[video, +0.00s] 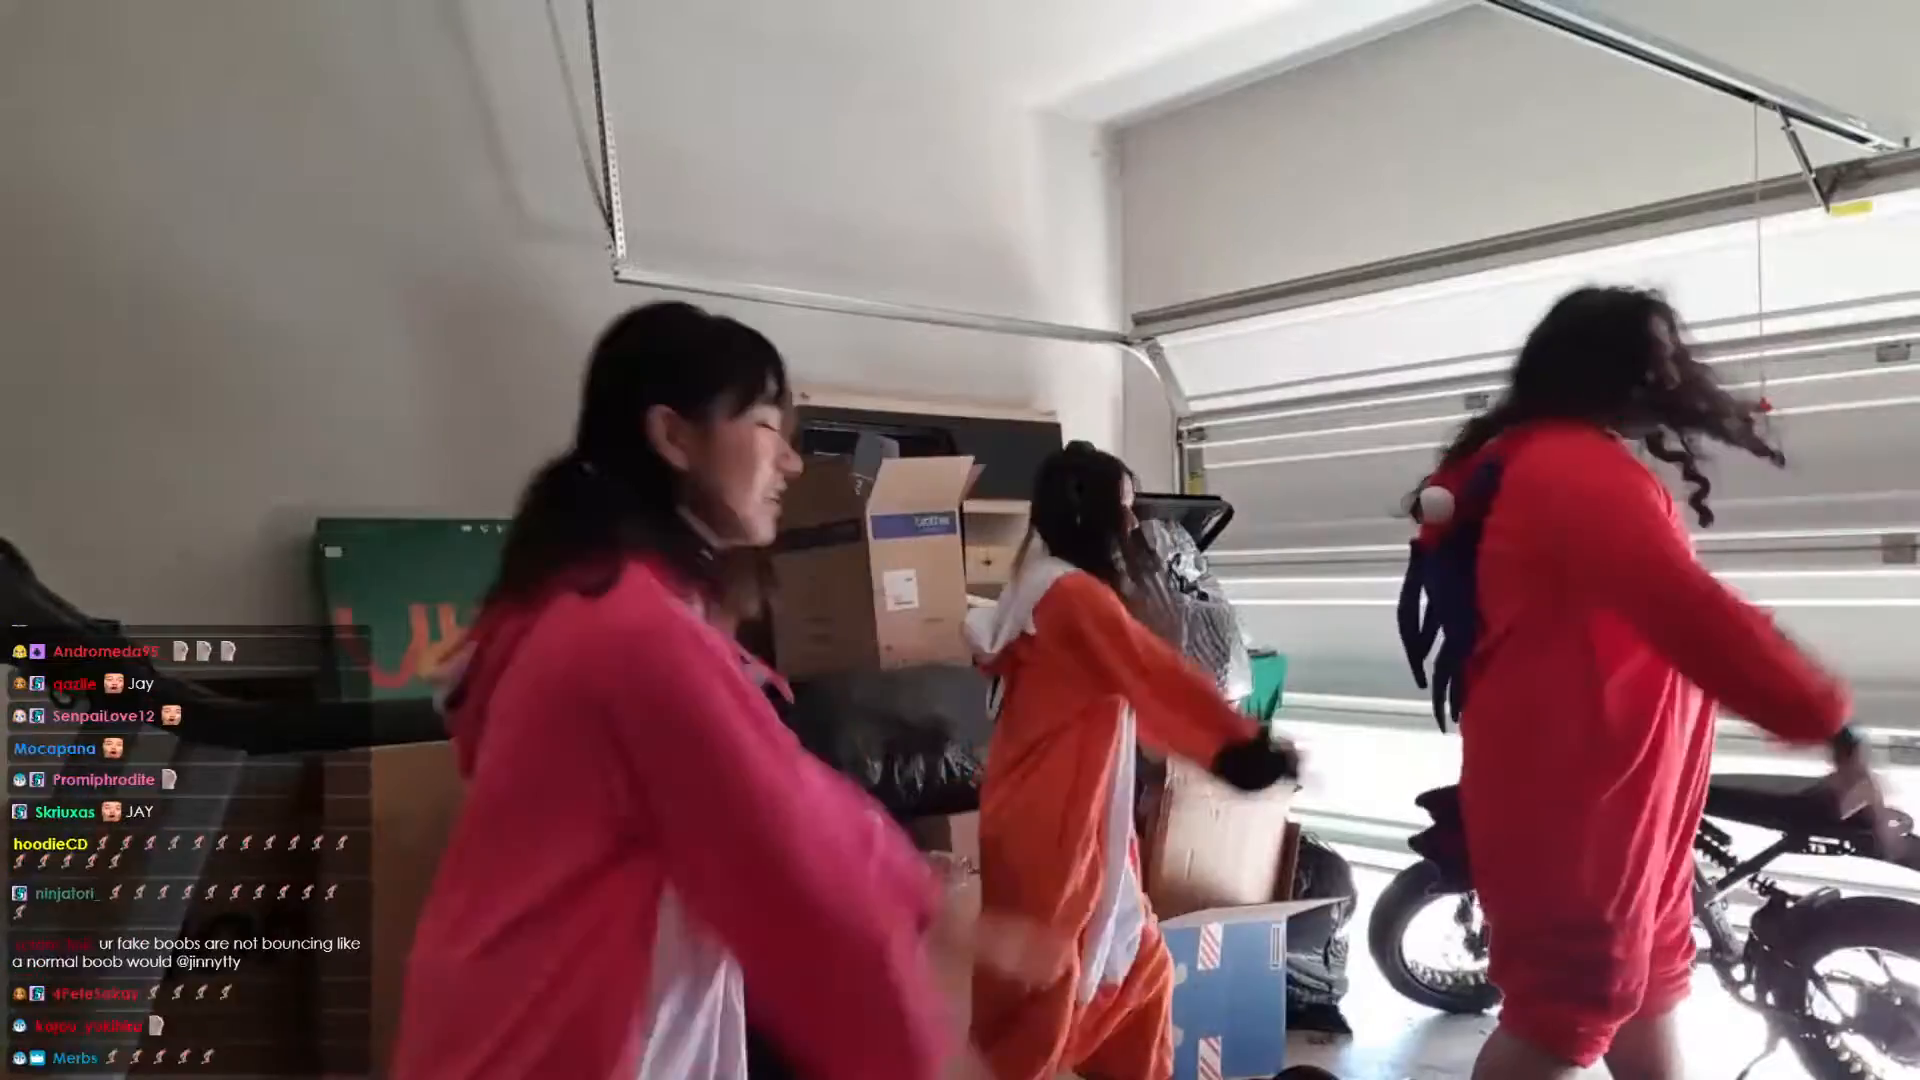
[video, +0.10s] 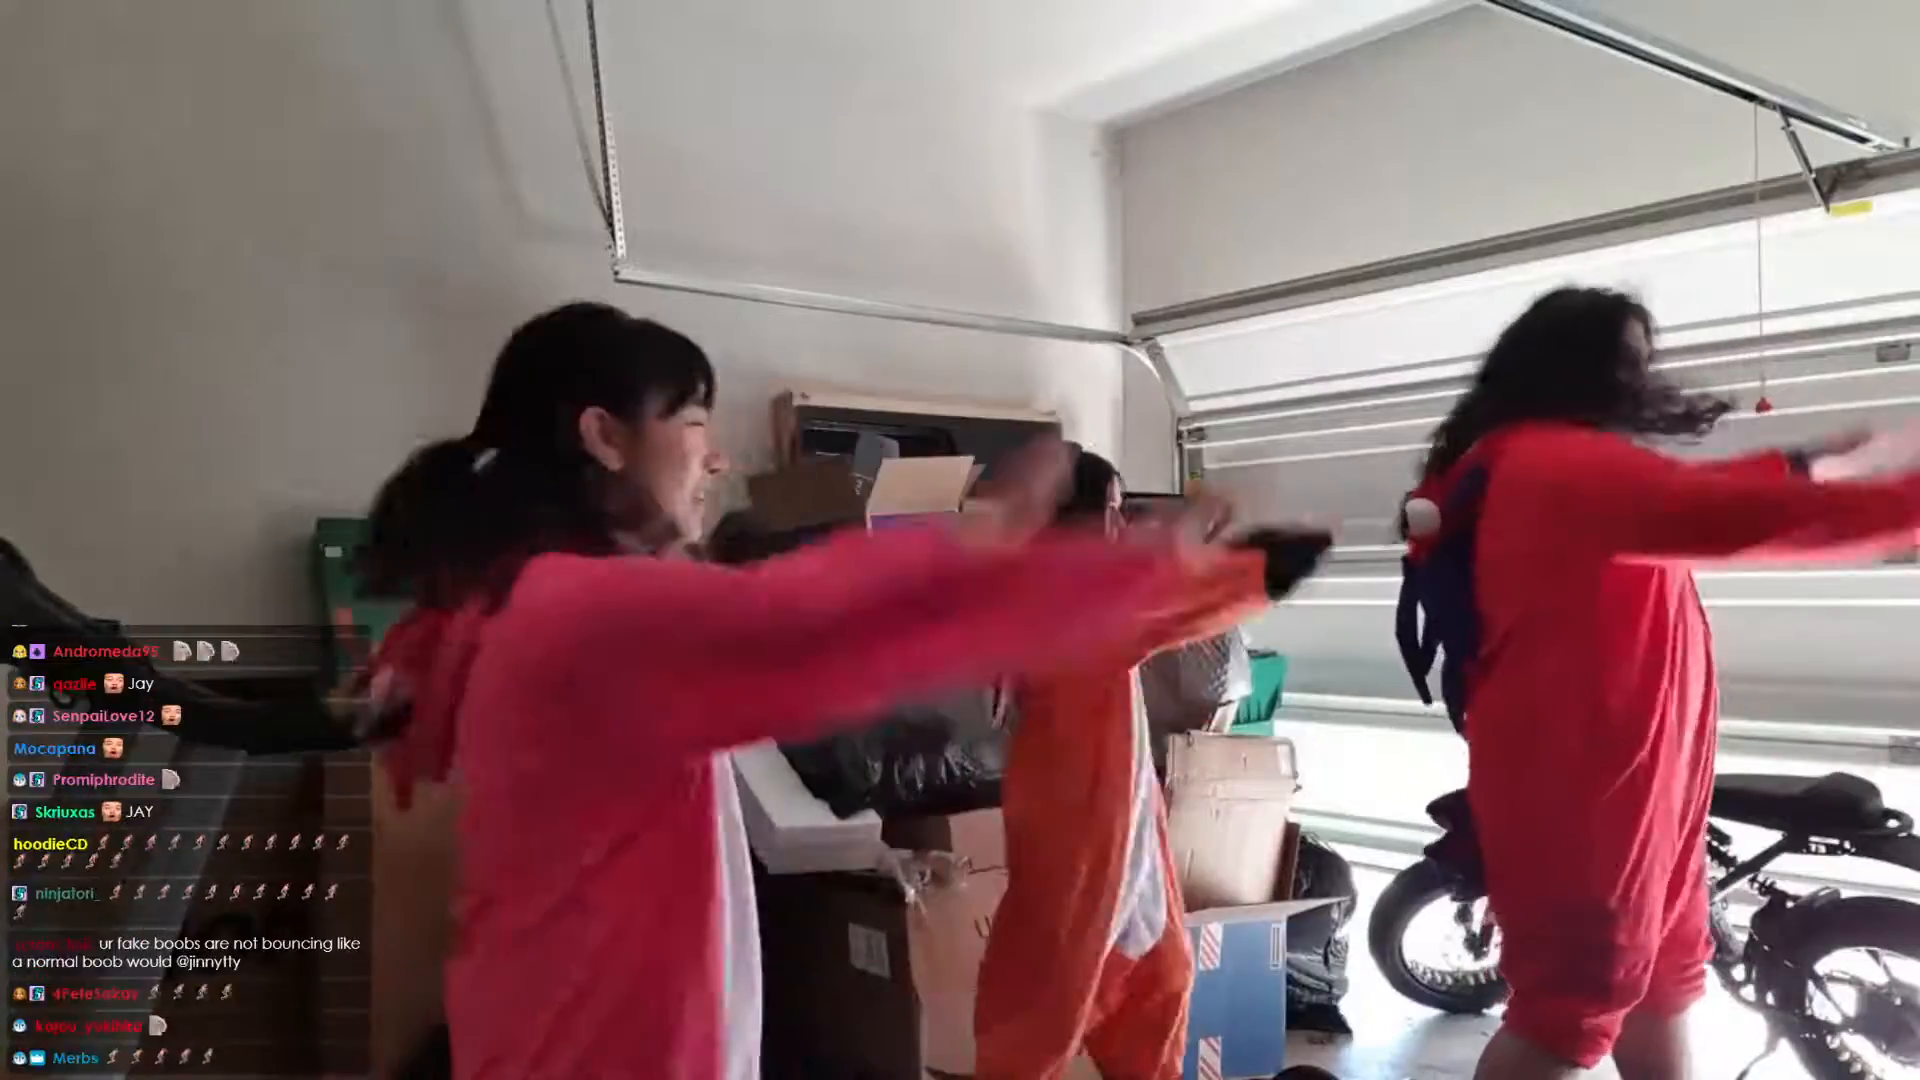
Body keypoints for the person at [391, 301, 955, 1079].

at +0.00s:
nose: (791, 461)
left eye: (783, 430)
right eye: (765, 424)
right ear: (672, 436)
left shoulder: (659, 611)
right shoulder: (634, 628)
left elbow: (800, 794)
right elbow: (807, 878)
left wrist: (936, 905)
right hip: (551, 1051)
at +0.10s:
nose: (718, 447)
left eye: (710, 416)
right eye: (691, 413)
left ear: (602, 440)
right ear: (599, 437)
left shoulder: (589, 608)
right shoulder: (569, 618)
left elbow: (830, 614)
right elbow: (845, 627)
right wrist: (1168, 564)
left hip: (645, 1042)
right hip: (598, 1055)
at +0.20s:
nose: (705, 483)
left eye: (700, 457)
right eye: (685, 458)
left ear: (602, 494)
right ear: (610, 488)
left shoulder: (541, 652)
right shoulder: (576, 651)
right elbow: (757, 491)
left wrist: (774, 299)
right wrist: (866, 215)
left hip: (556, 1040)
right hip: (630, 1050)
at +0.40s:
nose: (737, 488)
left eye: (745, 455)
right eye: (724, 455)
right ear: (653, 457)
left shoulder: (662, 646)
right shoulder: (585, 628)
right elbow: (757, 458)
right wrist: (841, 216)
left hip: (679, 1050)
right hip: (608, 1053)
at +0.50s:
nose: (791, 455)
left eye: (788, 425)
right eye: (773, 421)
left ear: (689, 440)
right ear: (686, 434)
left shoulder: (648, 609)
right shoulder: (592, 589)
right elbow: (867, 577)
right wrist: (1094, 480)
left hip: (634, 1043)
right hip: (552, 1049)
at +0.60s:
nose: (833, 480)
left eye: (821, 452)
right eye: (808, 450)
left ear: (731, 482)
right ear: (727, 480)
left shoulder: (692, 640)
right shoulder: (651, 651)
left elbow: (818, 849)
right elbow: (810, 861)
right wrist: (998, 995)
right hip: (510, 1042)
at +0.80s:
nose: (806, 501)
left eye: (797, 468)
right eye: (783, 467)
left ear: (699, 488)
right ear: (700, 485)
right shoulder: (625, 680)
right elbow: (721, 932)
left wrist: (800, 1027)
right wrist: (806, 1048)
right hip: (534, 1052)